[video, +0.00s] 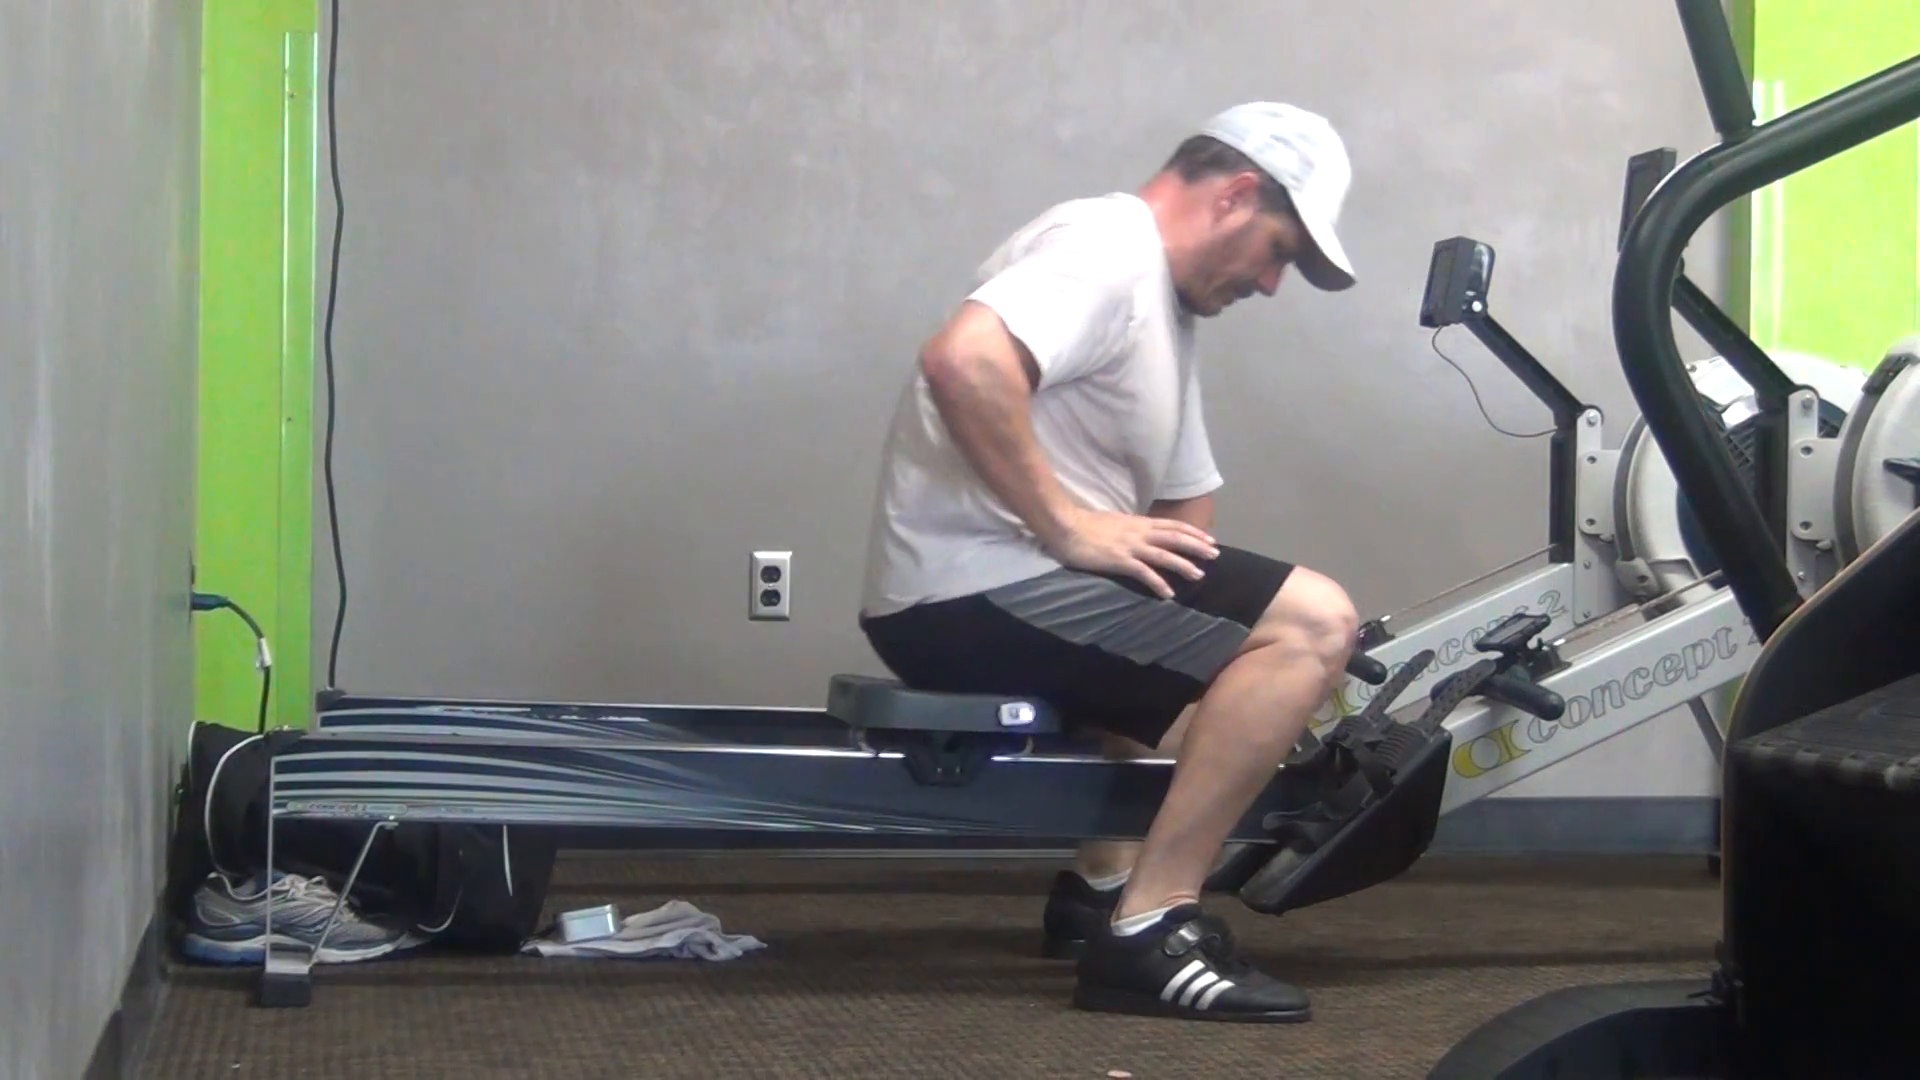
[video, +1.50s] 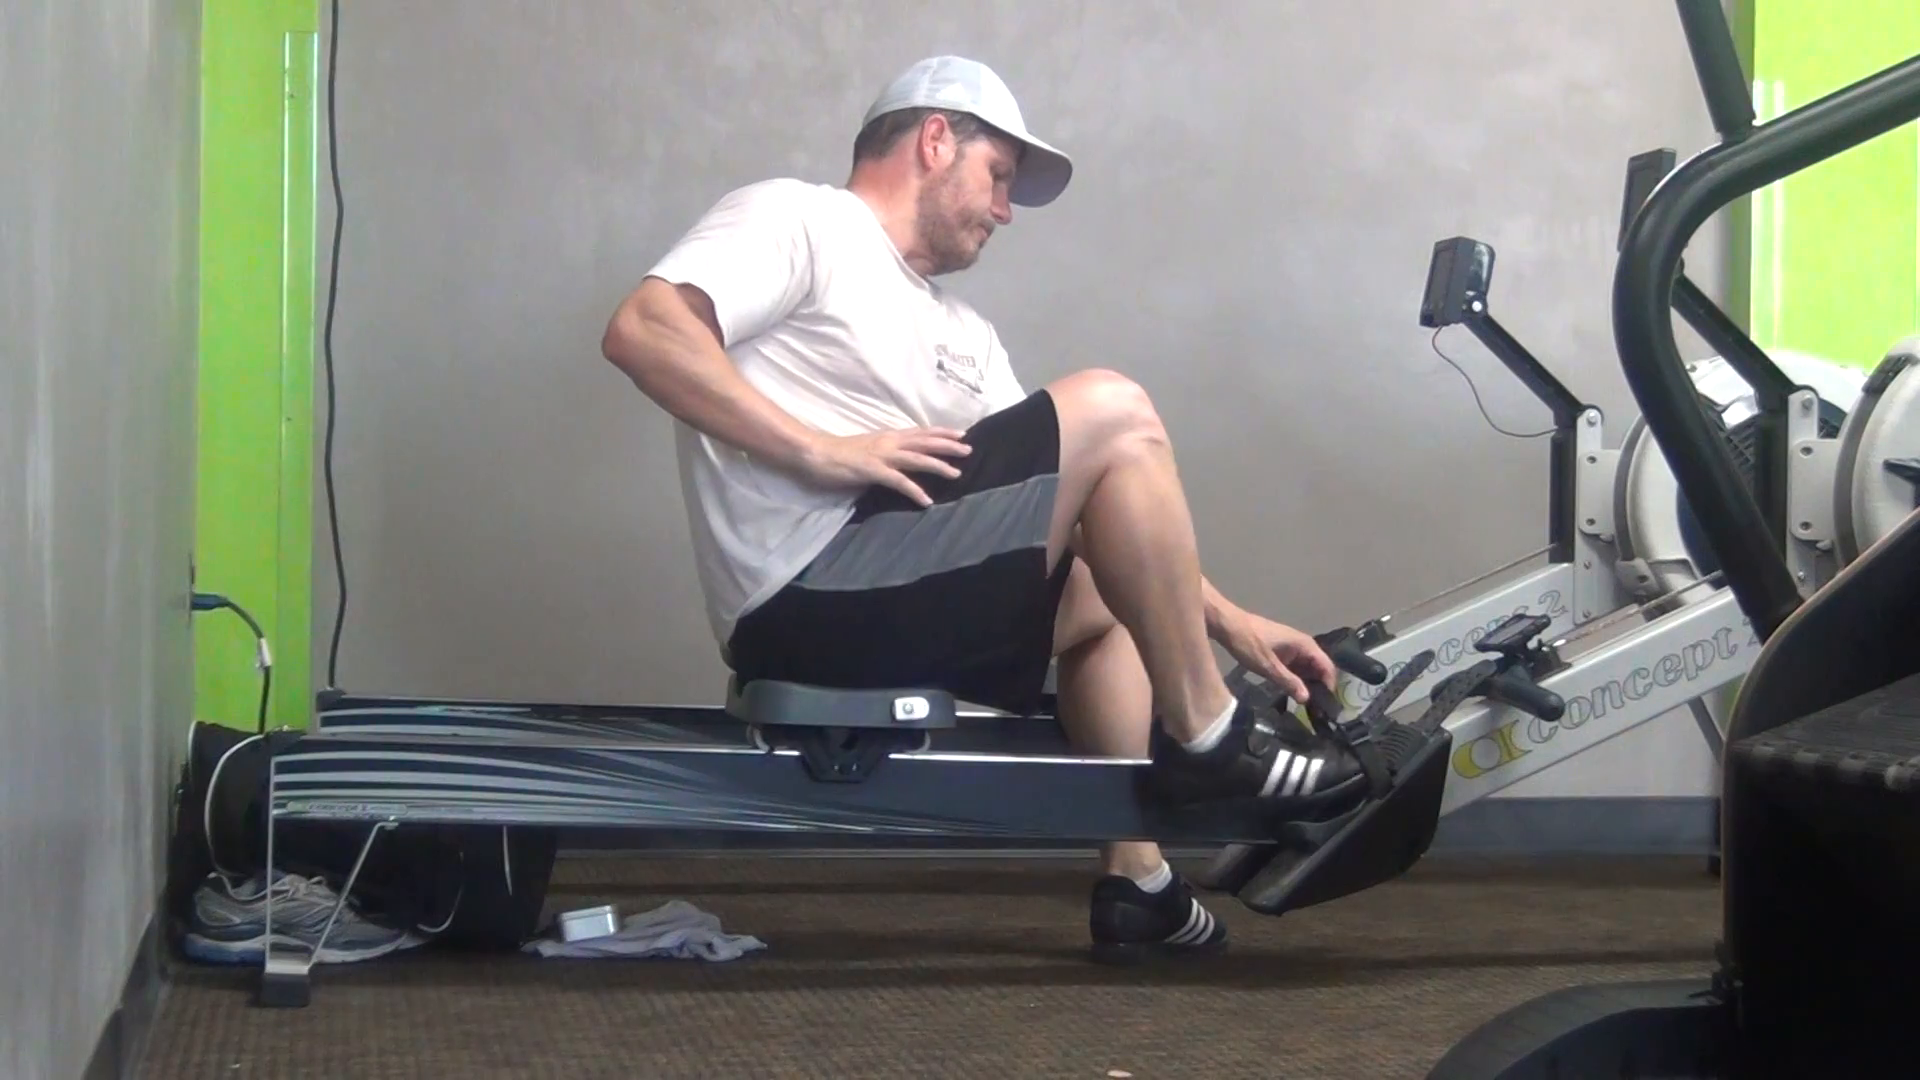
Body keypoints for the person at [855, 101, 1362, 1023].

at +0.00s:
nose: (1274, 283)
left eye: (1289, 265)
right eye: (1283, 253)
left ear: (1233, 198)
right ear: (1235, 197)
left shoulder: (1160, 301)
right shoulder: (1110, 242)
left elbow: (1190, 507)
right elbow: (966, 358)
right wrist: (1067, 522)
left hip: (1021, 585)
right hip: (965, 591)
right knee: (1313, 624)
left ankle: (1102, 880)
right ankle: (1148, 930)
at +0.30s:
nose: (1173, 246)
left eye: (1185, 222)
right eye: (1175, 212)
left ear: (1114, 177)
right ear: (1116, 171)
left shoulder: (1066, 314)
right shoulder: (989, 239)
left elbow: (1132, 501)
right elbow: (855, 376)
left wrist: (1267, 652)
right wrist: (974, 529)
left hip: (954, 596)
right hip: (884, 597)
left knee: (1205, 692)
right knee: (1244, 584)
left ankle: (1109, 892)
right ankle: (1139, 925)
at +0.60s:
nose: (1143, 236)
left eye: (1151, 213)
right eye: (1140, 201)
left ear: (1078, 173)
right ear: (1079, 166)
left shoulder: (1053, 347)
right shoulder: (933, 234)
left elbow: (1137, 521)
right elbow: (789, 359)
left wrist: (1272, 677)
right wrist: (908, 524)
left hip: (920, 602)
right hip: (823, 596)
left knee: (1171, 627)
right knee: (1186, 565)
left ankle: (1134, 932)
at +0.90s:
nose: (1087, 217)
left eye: (1095, 195)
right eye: (1083, 183)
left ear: (1020, 155)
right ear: (1020, 147)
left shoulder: (1008, 334)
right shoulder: (887, 225)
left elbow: (1104, 505)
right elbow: (753, 361)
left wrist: (1245, 650)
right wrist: (892, 521)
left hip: (906, 598)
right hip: (814, 596)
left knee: (1161, 621)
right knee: (1177, 559)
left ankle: (1137, 924)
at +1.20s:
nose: (1024, 206)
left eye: (1033, 185)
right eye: (1018, 172)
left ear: (959, 147)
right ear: (955, 139)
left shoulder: (977, 329)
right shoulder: (820, 216)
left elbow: (1091, 506)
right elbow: (671, 328)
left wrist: (1236, 623)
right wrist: (835, 458)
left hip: (910, 606)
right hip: (803, 587)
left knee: (1098, 596)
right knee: (1111, 421)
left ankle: (1139, 889)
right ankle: (1130, 759)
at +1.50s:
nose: (1008, 208)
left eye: (1019, 187)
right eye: (1000, 174)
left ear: (945, 160)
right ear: (933, 142)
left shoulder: (969, 340)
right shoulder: (797, 217)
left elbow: (1078, 514)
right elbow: (646, 328)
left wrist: (1236, 626)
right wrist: (818, 450)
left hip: (908, 612)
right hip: (802, 589)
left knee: (1111, 587)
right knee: (1109, 407)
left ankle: (1138, 881)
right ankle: (1204, 738)